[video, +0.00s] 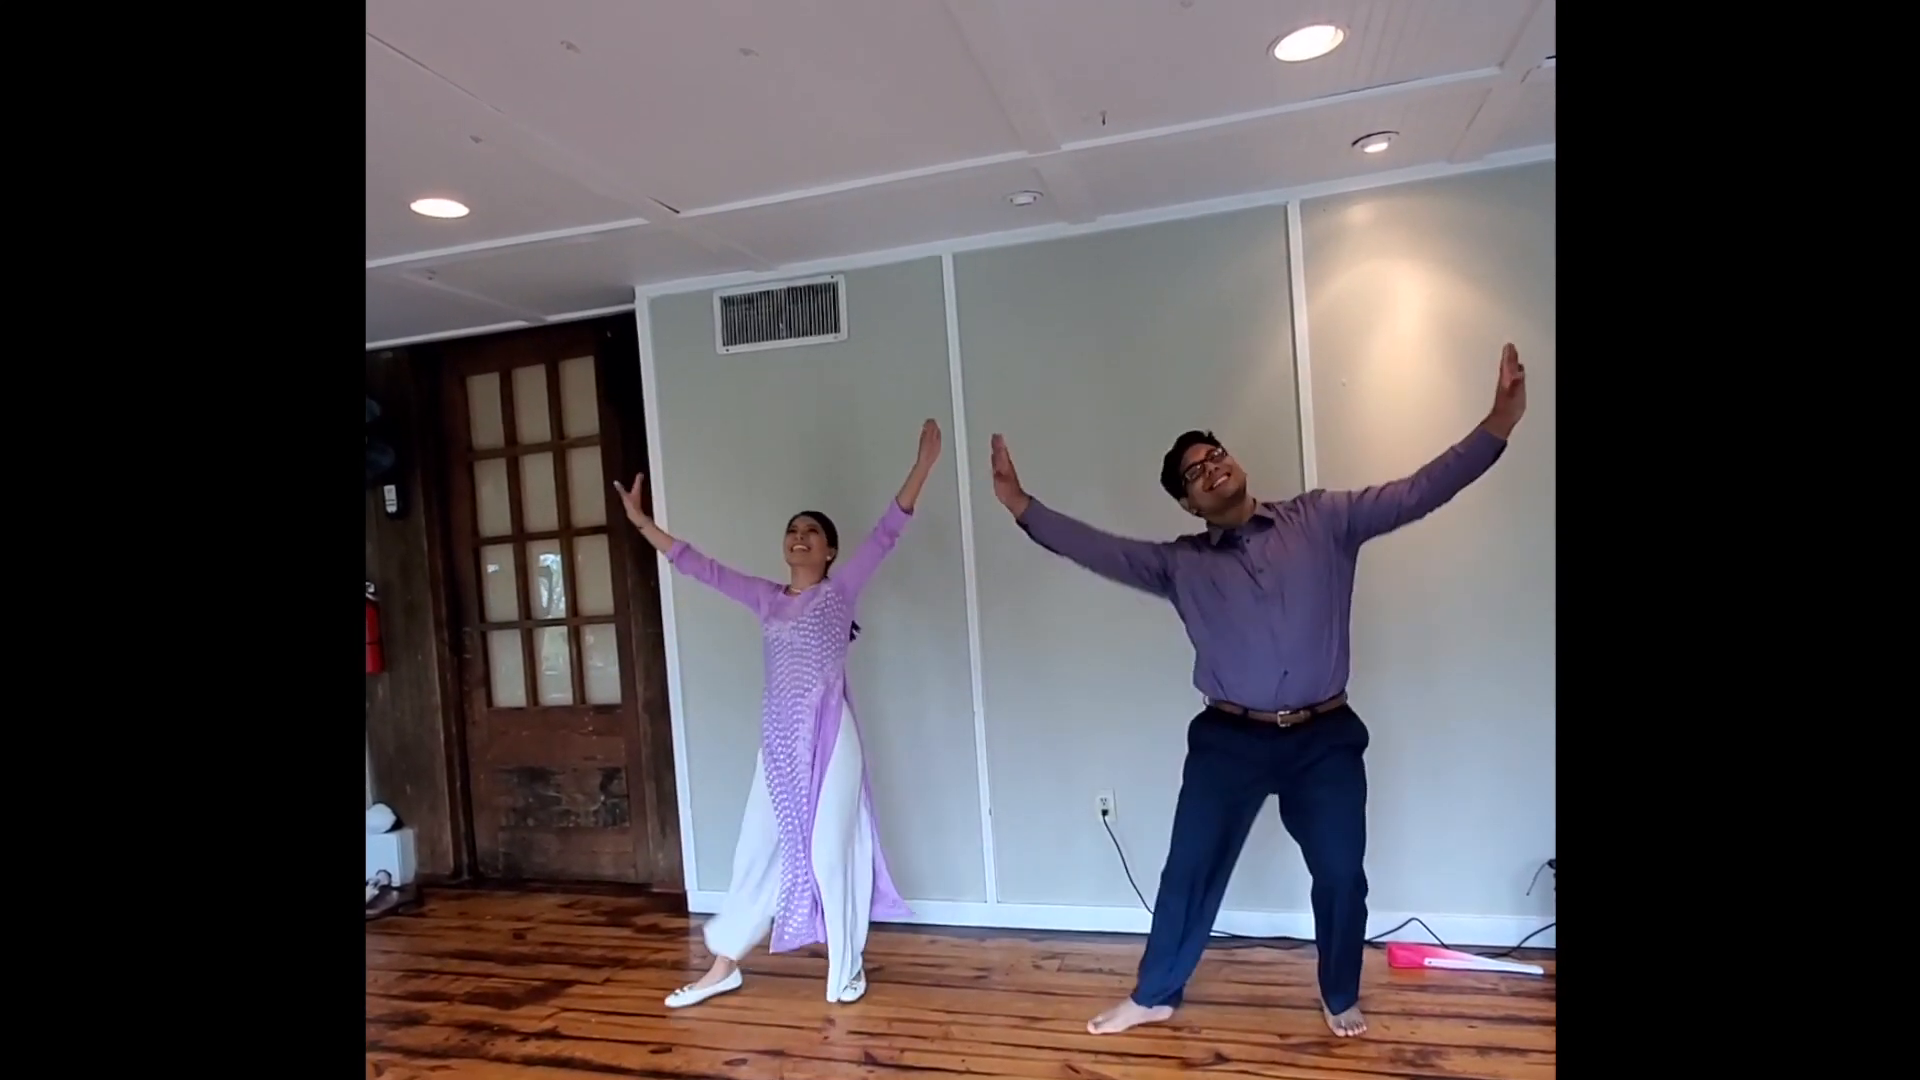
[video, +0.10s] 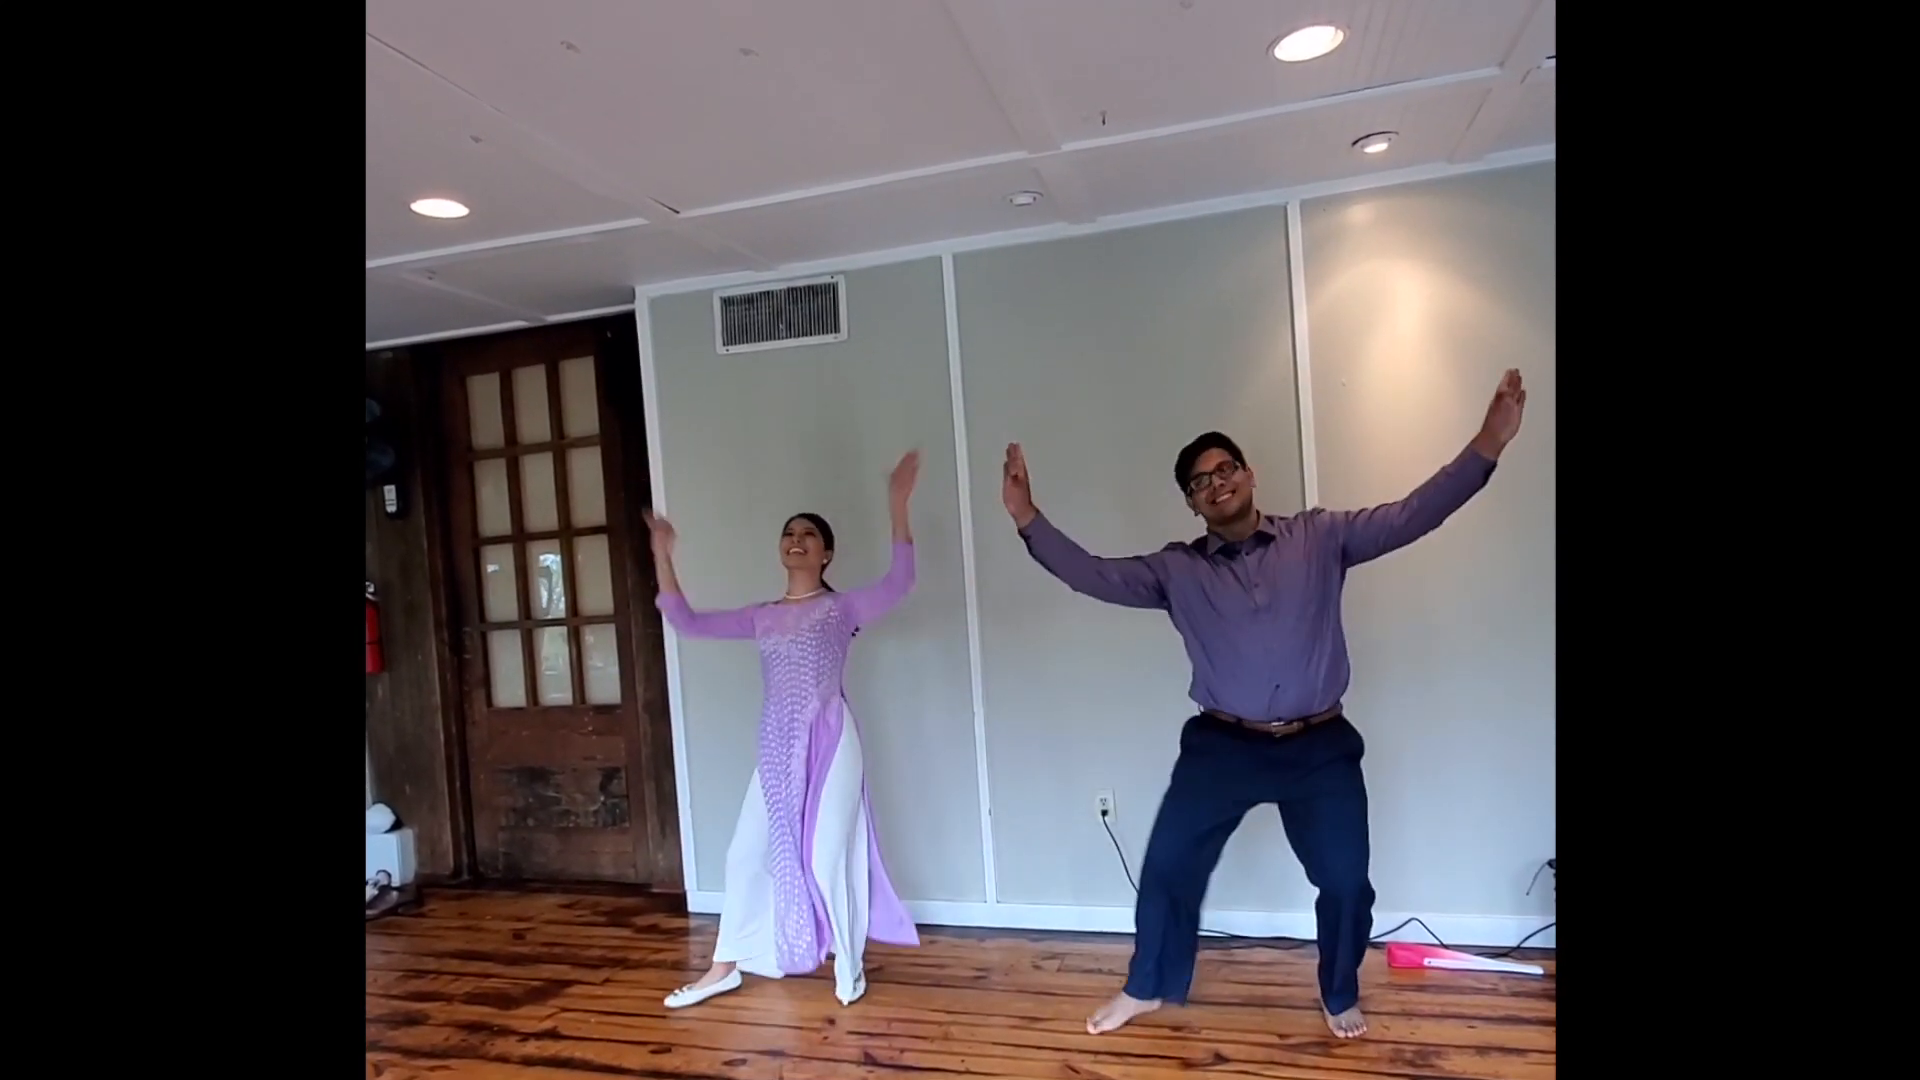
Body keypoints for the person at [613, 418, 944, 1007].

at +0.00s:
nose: (799, 540)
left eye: (810, 534)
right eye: (792, 534)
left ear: (830, 550)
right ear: (783, 549)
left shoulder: (838, 590)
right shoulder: (769, 598)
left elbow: (887, 532)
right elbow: (702, 566)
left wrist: (921, 468)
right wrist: (642, 521)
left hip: (831, 735)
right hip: (779, 738)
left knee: (832, 849)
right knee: (756, 849)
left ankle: (846, 963)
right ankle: (724, 966)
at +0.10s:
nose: (796, 540)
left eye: (807, 535)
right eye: (789, 535)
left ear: (827, 552)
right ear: (779, 551)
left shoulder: (841, 607)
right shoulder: (761, 616)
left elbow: (900, 581)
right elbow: (685, 621)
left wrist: (899, 507)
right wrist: (663, 557)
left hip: (831, 743)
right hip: (777, 748)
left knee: (828, 852)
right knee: (745, 853)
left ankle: (848, 963)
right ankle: (724, 966)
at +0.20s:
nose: (793, 551)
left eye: (805, 544)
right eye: (785, 544)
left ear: (823, 557)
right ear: (776, 557)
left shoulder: (838, 610)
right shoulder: (761, 622)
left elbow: (890, 629)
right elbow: (701, 665)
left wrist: (864, 566)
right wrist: (708, 608)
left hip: (837, 748)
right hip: (782, 753)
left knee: (834, 856)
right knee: (724, 852)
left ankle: (847, 964)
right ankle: (727, 961)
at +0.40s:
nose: (778, 541)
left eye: (788, 530)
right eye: (768, 531)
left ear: (806, 531)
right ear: (756, 533)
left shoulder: (829, 584)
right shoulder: (744, 587)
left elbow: (827, 657)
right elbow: (733, 650)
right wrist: (746, 652)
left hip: (819, 725)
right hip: (769, 725)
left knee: (827, 834)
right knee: (775, 834)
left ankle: (844, 951)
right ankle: (786, 946)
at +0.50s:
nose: (773, 561)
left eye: (782, 550)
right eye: (762, 551)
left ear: (801, 543)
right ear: (750, 546)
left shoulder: (824, 593)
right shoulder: (738, 597)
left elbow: (841, 664)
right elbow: (735, 662)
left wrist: (817, 717)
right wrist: (754, 710)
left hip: (816, 718)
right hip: (762, 721)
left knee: (816, 816)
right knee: (780, 822)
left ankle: (836, 898)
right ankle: (792, 947)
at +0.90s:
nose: (763, 575)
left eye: (774, 566)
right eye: (754, 566)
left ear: (793, 571)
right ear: (745, 573)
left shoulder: (819, 629)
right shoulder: (731, 632)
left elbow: (830, 698)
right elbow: (731, 697)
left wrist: (812, 700)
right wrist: (755, 695)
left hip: (811, 757)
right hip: (755, 763)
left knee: (857, 845)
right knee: (763, 865)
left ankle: (912, 948)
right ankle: (781, 969)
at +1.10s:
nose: (769, 569)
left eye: (779, 560)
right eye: (759, 561)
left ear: (796, 566)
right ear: (748, 568)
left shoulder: (821, 630)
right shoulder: (733, 635)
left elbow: (840, 704)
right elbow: (717, 709)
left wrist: (870, 770)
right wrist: (751, 767)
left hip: (821, 765)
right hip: (761, 772)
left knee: (867, 863)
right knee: (772, 878)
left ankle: (923, 970)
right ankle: (785, 969)